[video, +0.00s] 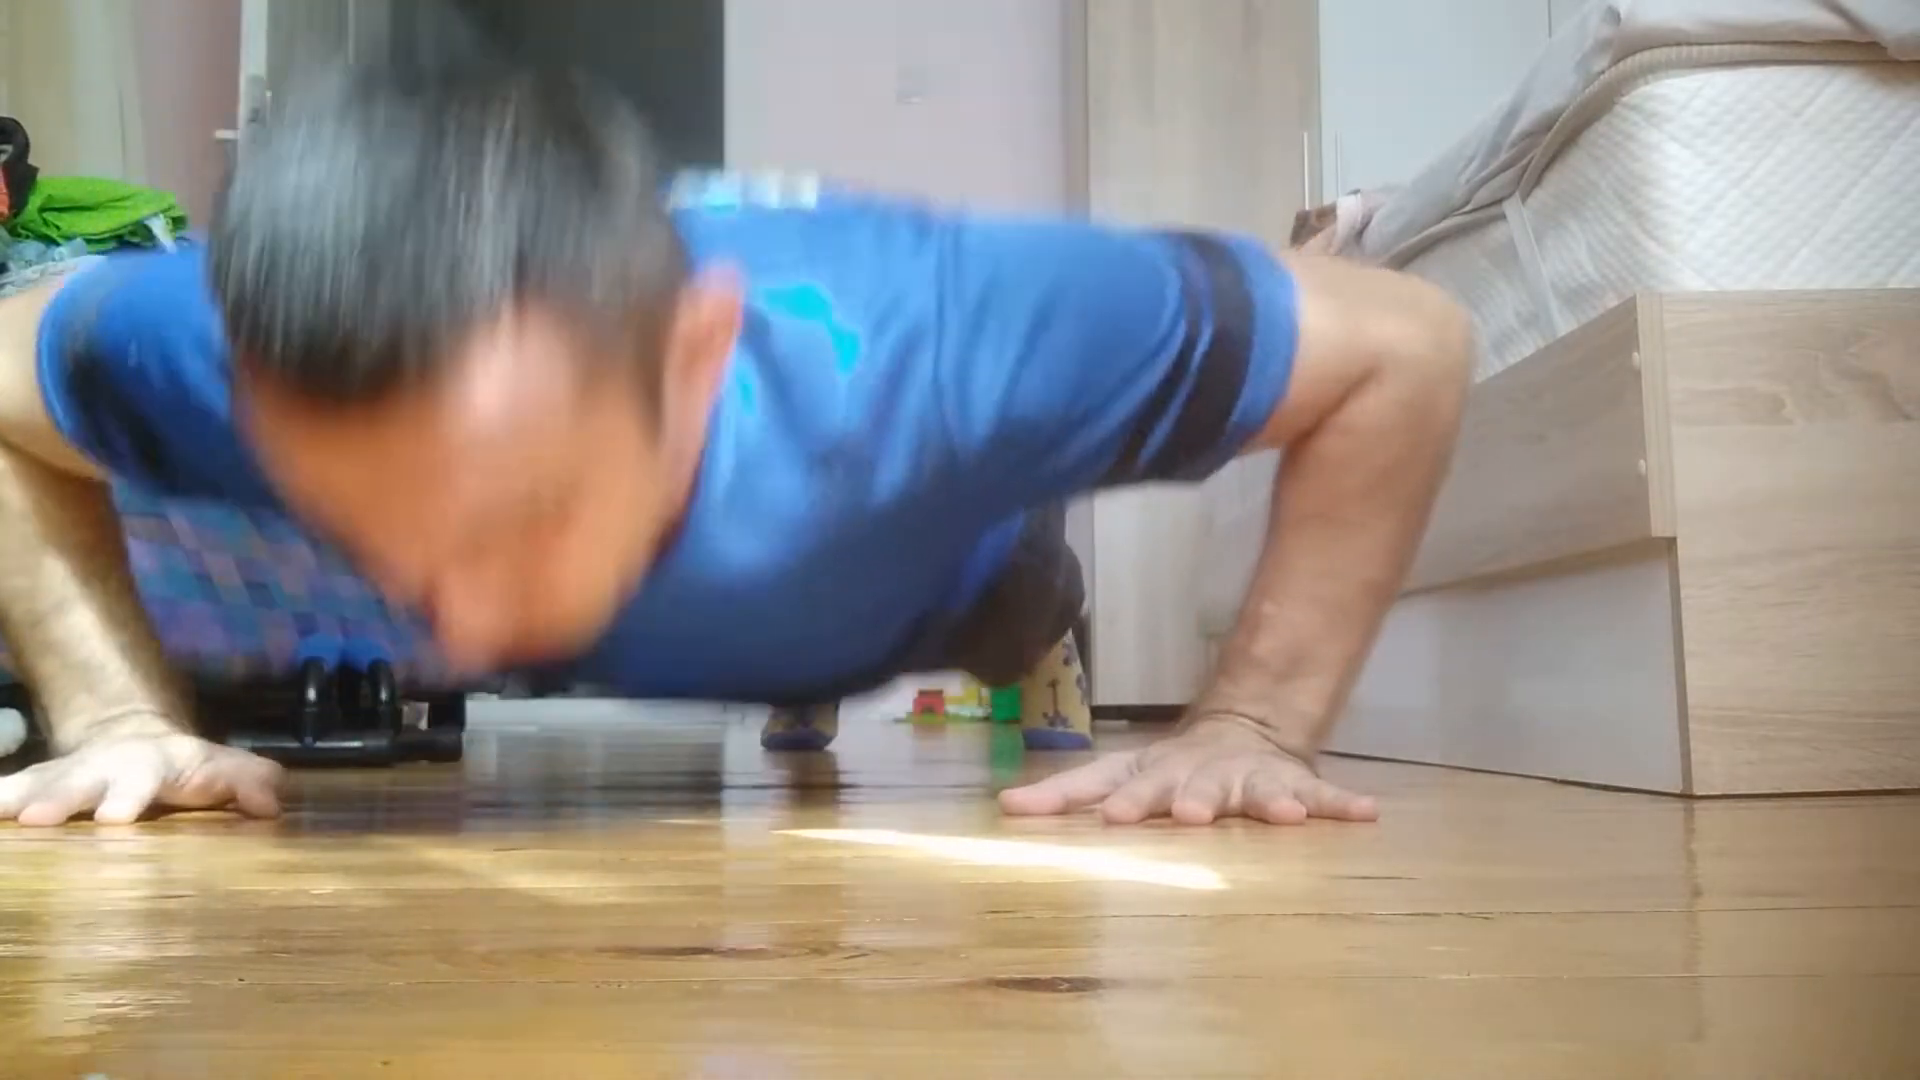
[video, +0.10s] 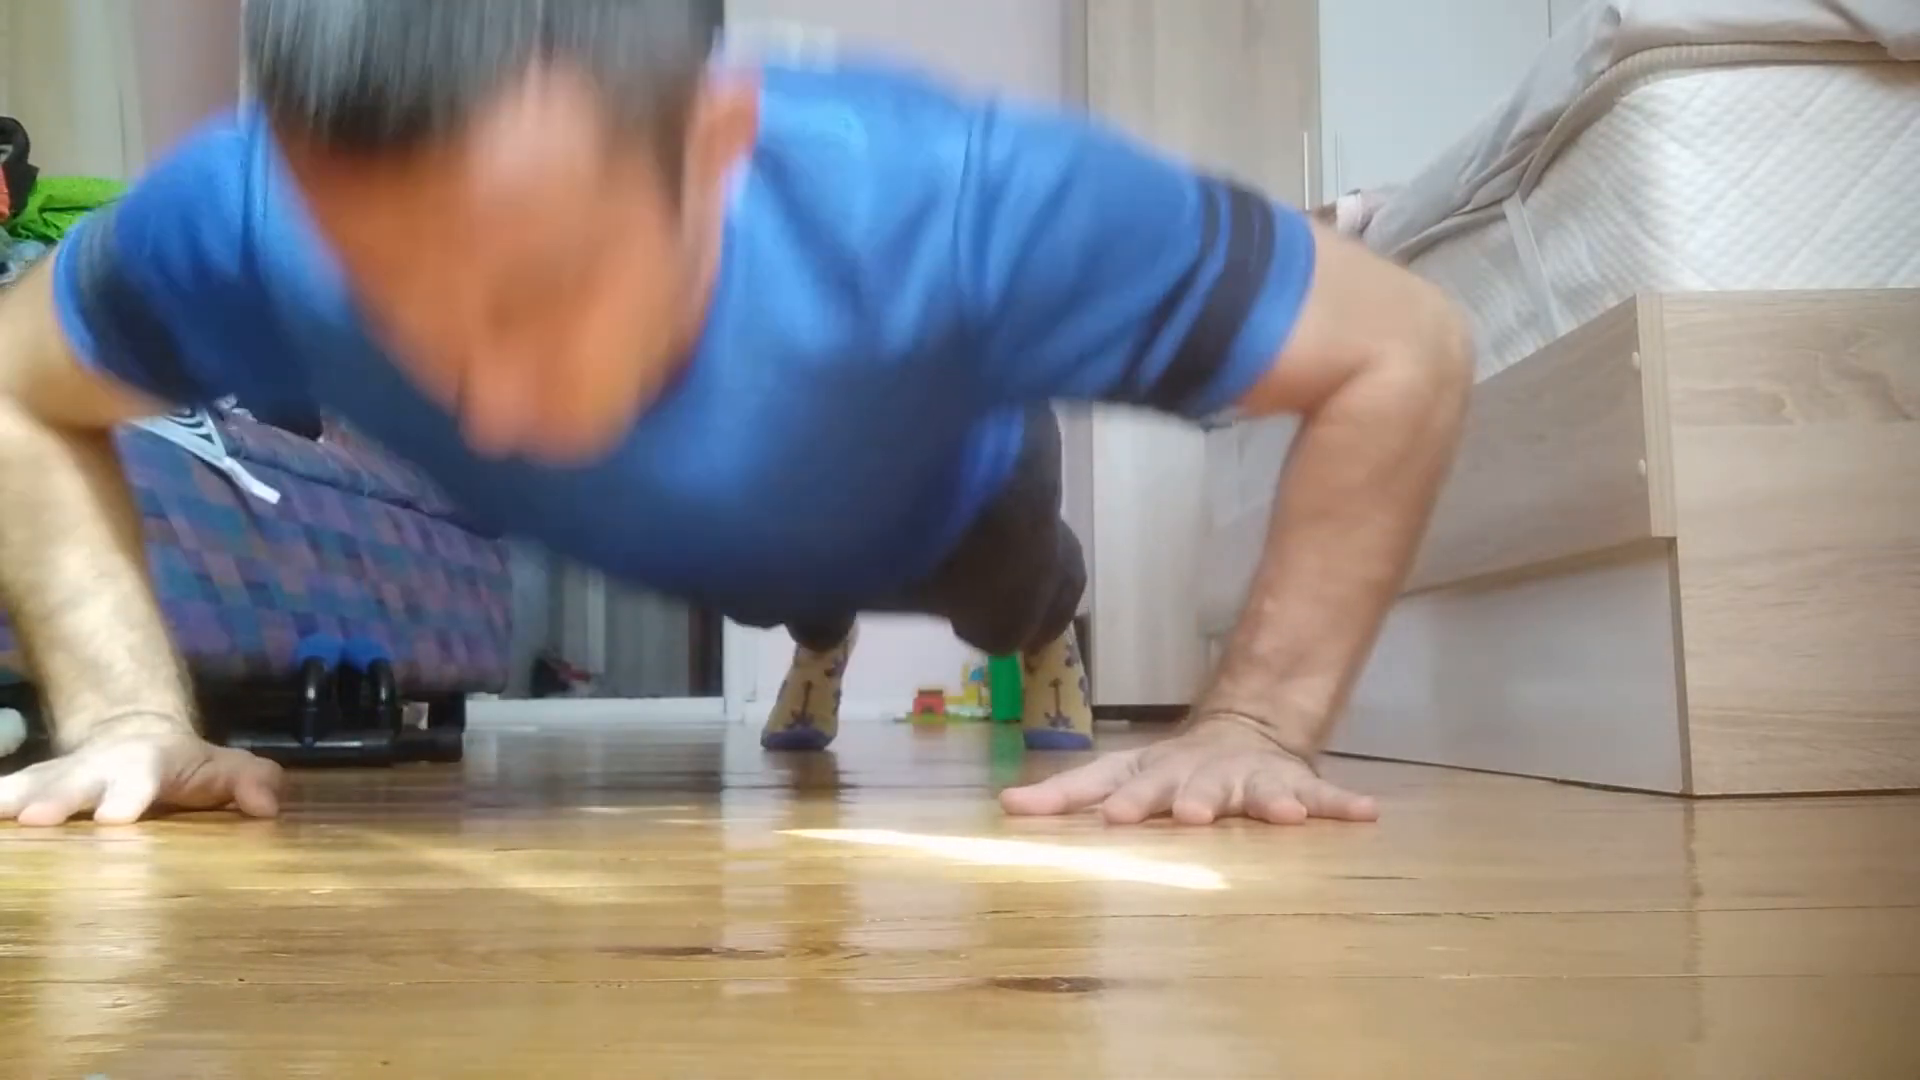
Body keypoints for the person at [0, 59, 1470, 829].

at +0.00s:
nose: (450, 619)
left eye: (520, 533)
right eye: (373, 548)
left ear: (691, 364)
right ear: (297, 429)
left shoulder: (945, 357)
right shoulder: (210, 348)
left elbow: (1406, 347)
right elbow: (16, 390)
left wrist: (1261, 725)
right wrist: (119, 712)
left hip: (924, 603)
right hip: (680, 633)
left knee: (1006, 618)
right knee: (802, 666)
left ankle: (1036, 652)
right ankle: (815, 701)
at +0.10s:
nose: (481, 378)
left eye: (536, 295)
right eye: (416, 311)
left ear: (710, 151)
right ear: (332, 224)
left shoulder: (956, 213)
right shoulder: (247, 232)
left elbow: (1406, 352)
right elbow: (23, 397)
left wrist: (1262, 723)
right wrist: (135, 715)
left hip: (945, 510)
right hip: (712, 534)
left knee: (1010, 604)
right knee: (793, 596)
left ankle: (1037, 633)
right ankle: (818, 655)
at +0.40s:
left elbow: (1098, 259)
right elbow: (257, 272)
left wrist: (1231, 700)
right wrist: (149, 710)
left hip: (927, 355)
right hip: (666, 385)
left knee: (1007, 547)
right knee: (776, 553)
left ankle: (1013, 613)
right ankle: (822, 638)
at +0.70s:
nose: (487, 504)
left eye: (541, 408)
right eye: (413, 435)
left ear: (697, 202)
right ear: (304, 293)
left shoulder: (931, 215)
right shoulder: (240, 263)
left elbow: (1351, 350)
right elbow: (49, 390)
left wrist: (1247, 718)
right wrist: (134, 714)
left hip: (972, 641)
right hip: (664, 645)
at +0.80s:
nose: (481, 773)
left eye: (543, 670)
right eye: (394, 696)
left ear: (700, 452)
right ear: (276, 536)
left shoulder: (938, 401)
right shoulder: (235, 386)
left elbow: (1349, 341)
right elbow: (30, 372)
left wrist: (1248, 723)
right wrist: (124, 715)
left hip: (948, 704)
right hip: (640, 730)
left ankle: (1025, 682)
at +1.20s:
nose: (563, 99)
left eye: (616, 34)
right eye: (505, 44)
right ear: (431, 15)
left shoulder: (971, 56)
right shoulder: (315, 89)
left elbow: (1375, 346)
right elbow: (60, 368)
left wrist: (1263, 720)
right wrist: (136, 718)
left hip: (938, 453)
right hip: (697, 497)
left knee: (1009, 587)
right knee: (785, 593)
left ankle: (1027, 634)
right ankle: (817, 650)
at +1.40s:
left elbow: (1126, 258)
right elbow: (267, 265)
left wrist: (1237, 702)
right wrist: (151, 710)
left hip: (935, 348)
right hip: (672, 381)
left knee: (1009, 546)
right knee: (774, 557)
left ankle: (1017, 610)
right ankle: (816, 634)